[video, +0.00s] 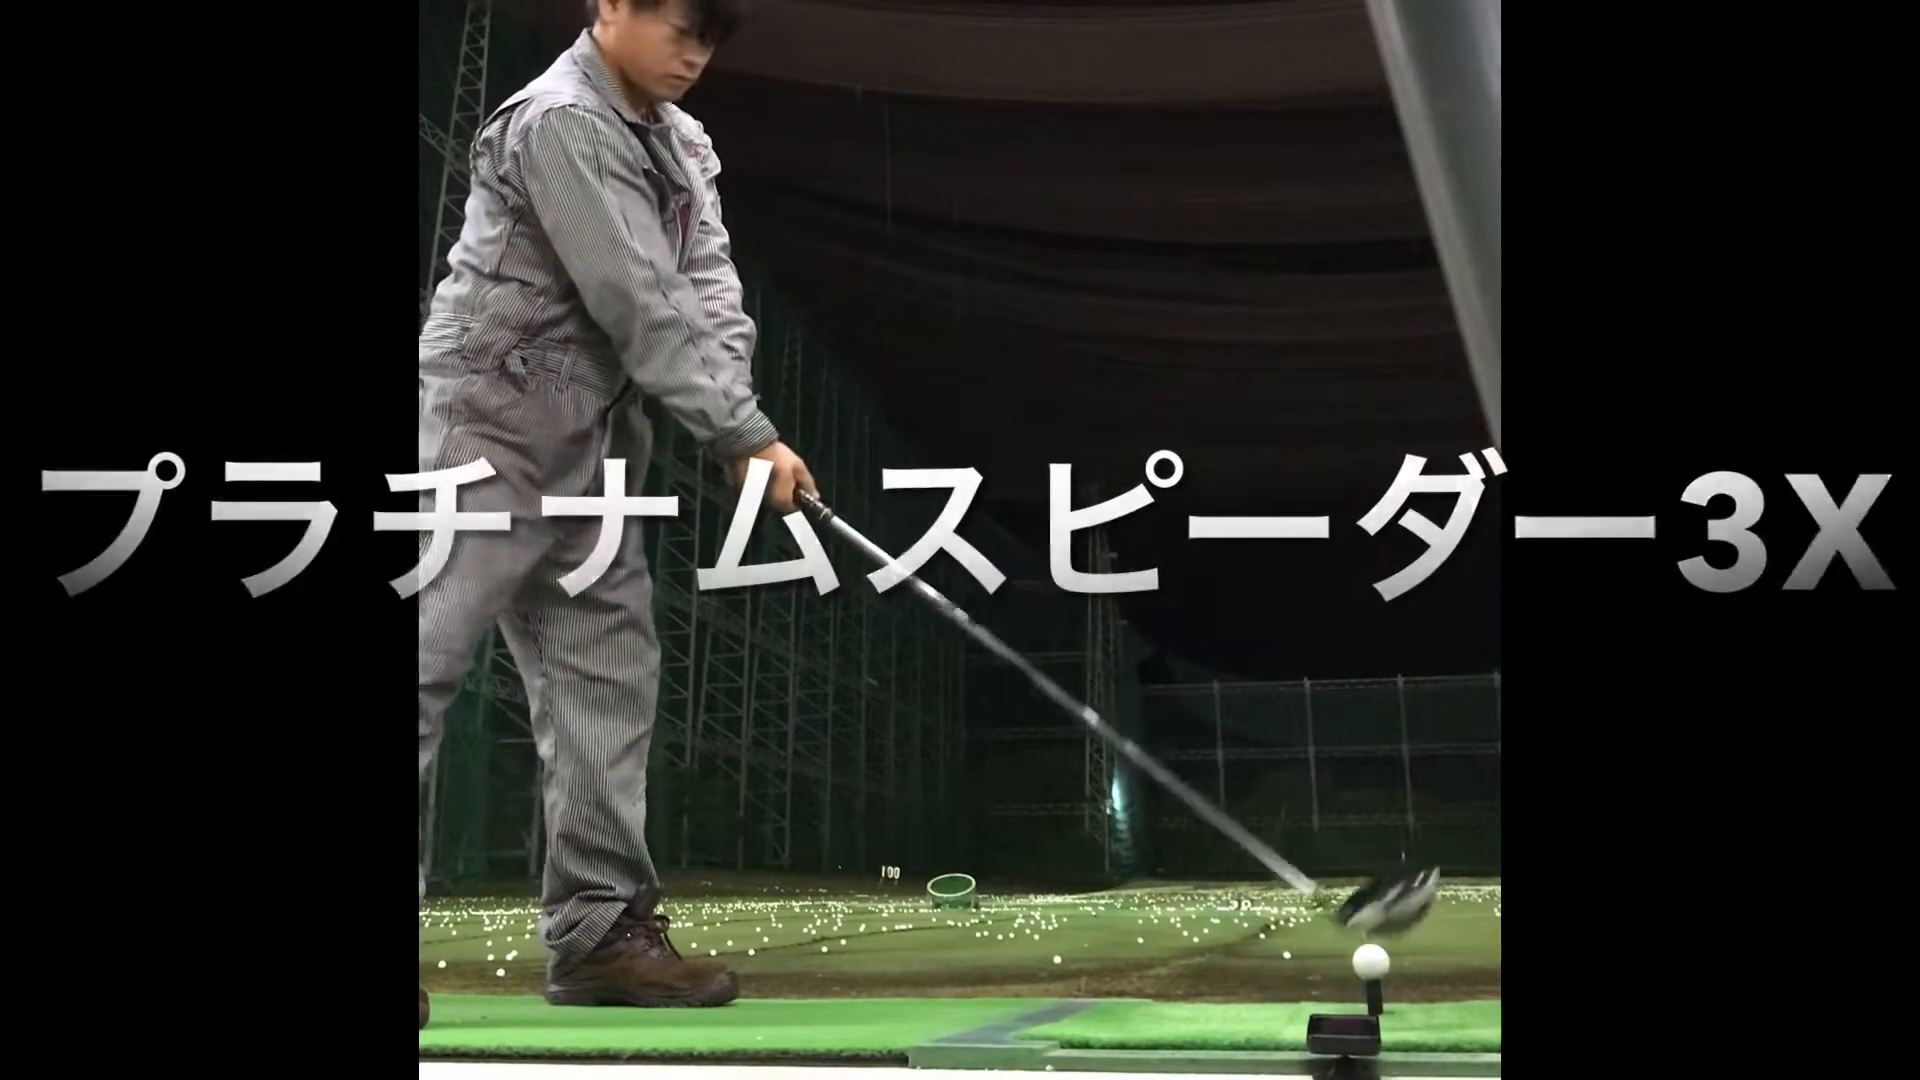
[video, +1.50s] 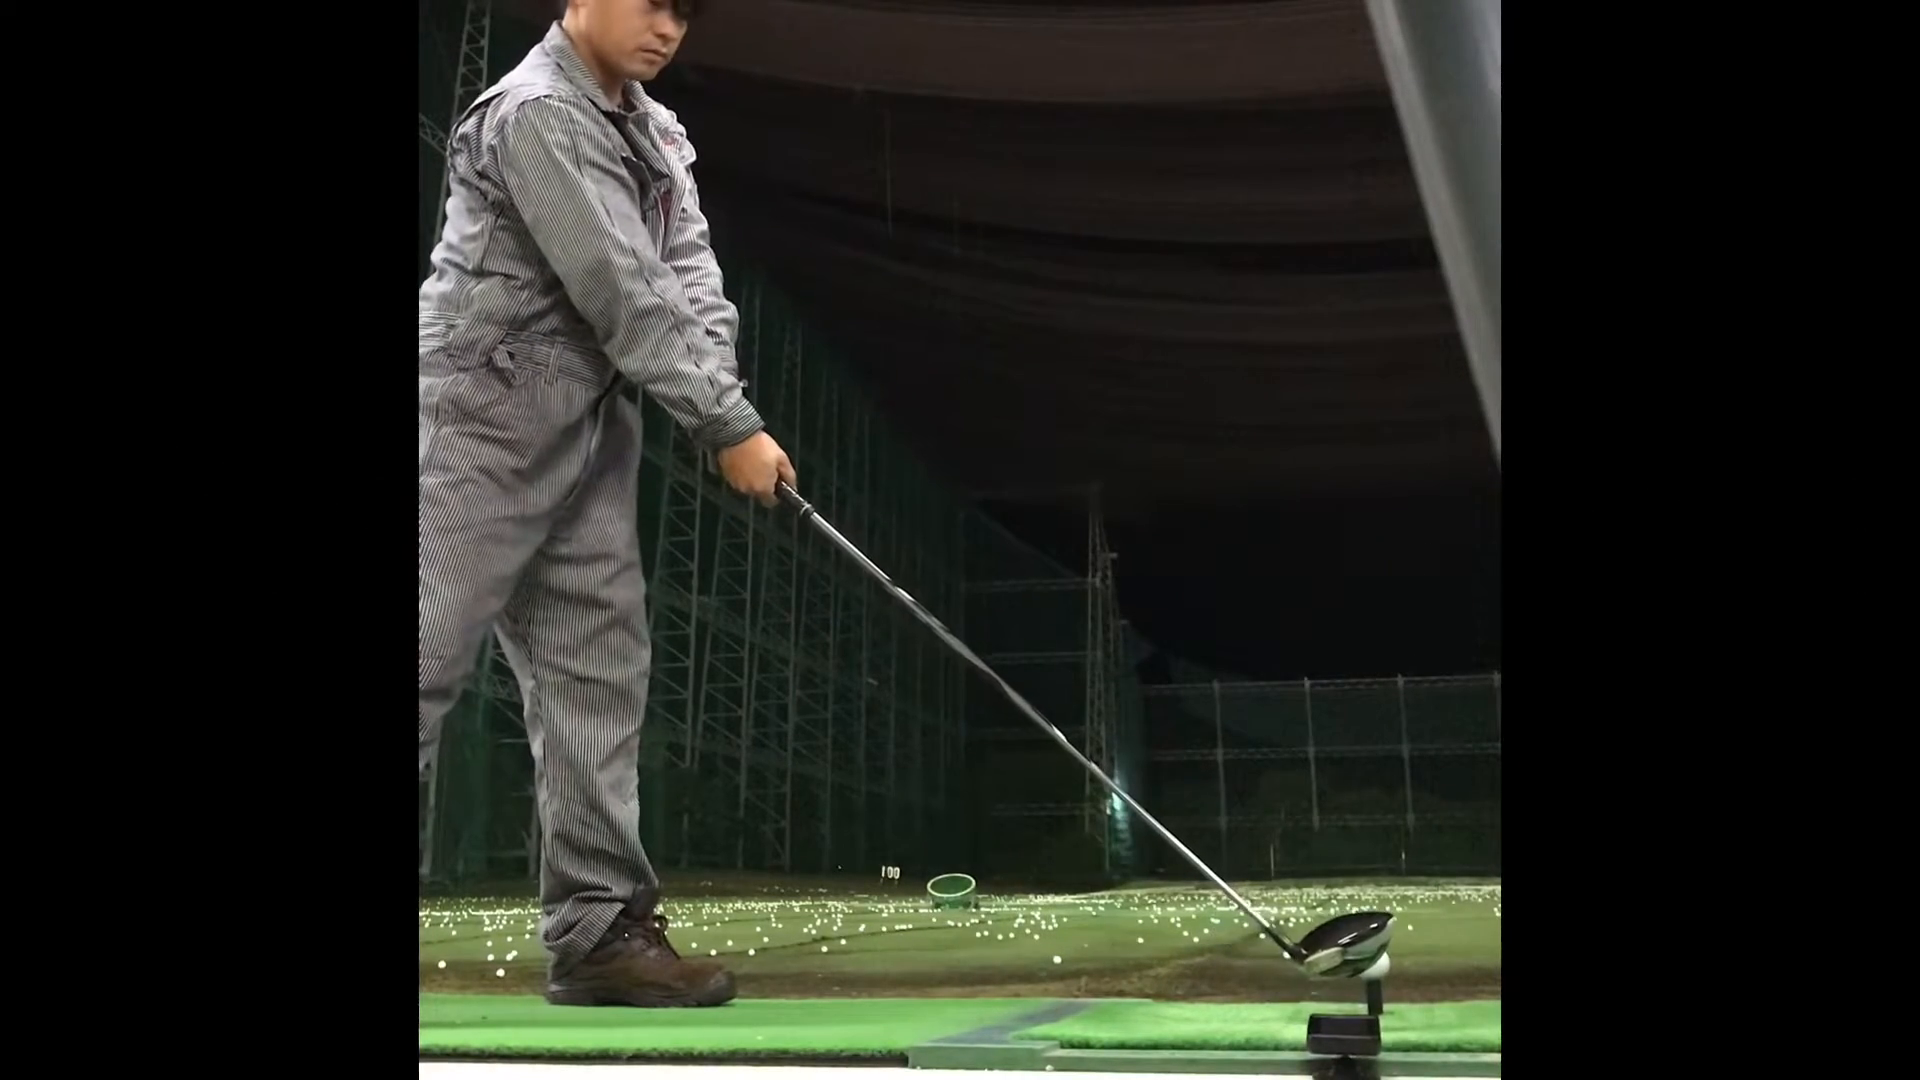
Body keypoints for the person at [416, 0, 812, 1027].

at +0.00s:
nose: (698, 56)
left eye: (710, 38)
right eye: (680, 30)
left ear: (714, 41)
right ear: (610, 12)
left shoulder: (685, 141)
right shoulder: (556, 121)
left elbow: (712, 288)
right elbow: (635, 298)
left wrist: (730, 420)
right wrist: (744, 434)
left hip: (587, 461)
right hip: (478, 443)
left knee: (605, 685)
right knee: (425, 685)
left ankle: (599, 937)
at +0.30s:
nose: (686, 42)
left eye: (697, 25)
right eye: (665, 19)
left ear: (701, 31)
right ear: (594, 12)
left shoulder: (679, 135)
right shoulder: (551, 123)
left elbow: (701, 289)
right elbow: (621, 307)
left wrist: (705, 414)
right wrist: (726, 451)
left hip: (578, 455)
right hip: (466, 438)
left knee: (596, 677)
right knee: (424, 670)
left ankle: (598, 935)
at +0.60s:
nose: (688, 26)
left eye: (695, 10)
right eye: (665, 7)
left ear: (696, 22)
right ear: (593, 9)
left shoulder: (682, 130)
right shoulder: (555, 122)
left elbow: (708, 285)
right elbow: (632, 307)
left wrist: (717, 421)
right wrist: (731, 450)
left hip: (584, 457)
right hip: (471, 440)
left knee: (604, 677)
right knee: (423, 664)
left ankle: (600, 936)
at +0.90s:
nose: (674, 17)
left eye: (682, 3)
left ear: (684, 16)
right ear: (584, 2)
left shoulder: (662, 121)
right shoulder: (548, 106)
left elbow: (700, 269)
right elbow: (630, 286)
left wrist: (723, 402)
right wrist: (732, 425)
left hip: (590, 436)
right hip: (485, 427)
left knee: (600, 667)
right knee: (433, 672)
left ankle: (599, 935)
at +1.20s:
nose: (668, 21)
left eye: (677, 8)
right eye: (648, 1)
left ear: (673, 21)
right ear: (580, 3)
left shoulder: (654, 120)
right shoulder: (537, 106)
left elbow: (693, 265)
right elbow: (622, 283)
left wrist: (719, 397)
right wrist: (728, 422)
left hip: (590, 429)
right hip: (483, 421)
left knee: (600, 666)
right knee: (433, 669)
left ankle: (597, 934)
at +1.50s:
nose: (669, 26)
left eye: (679, 11)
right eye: (650, 4)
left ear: (681, 25)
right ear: (581, 4)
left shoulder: (657, 130)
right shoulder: (539, 110)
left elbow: (690, 270)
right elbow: (620, 286)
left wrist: (720, 407)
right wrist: (726, 426)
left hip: (585, 438)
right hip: (474, 426)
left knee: (595, 671)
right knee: (428, 670)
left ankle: (597, 935)